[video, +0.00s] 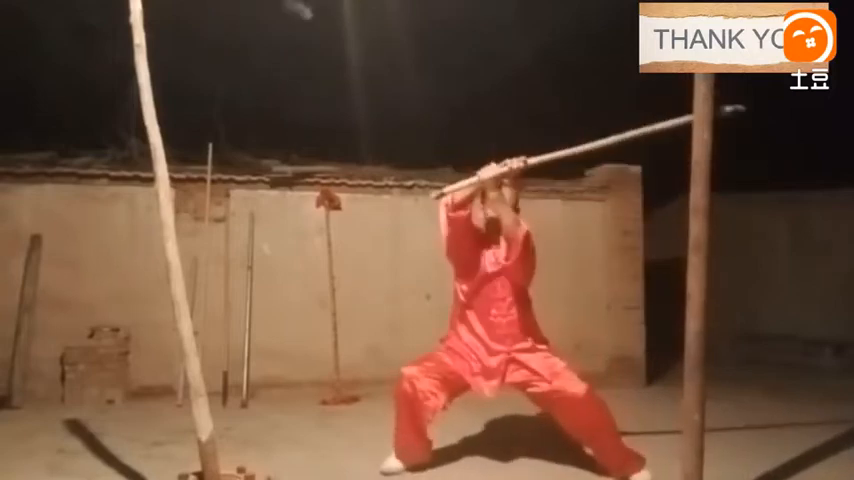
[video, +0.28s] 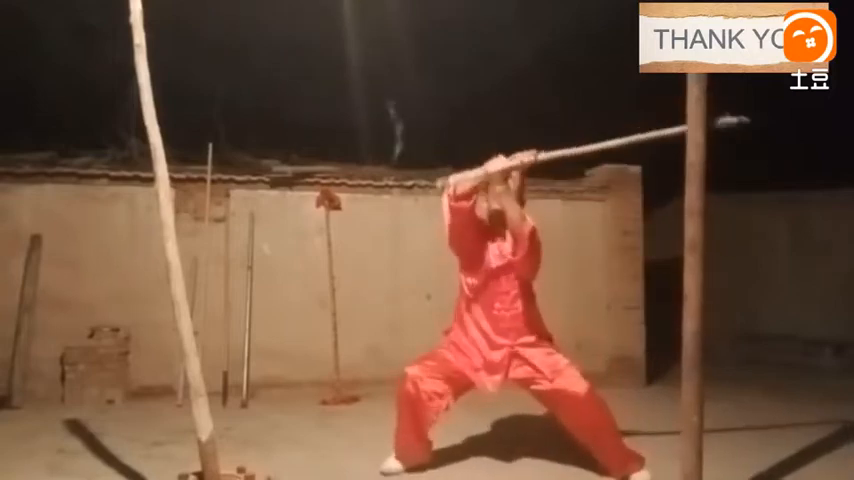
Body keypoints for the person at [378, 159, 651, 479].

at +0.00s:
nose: (492, 206)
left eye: (499, 197)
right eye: (486, 198)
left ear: (512, 202)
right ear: (475, 204)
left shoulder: (518, 241)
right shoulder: (464, 245)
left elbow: (523, 276)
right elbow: (451, 205)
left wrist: (505, 205)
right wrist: (484, 178)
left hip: (522, 351)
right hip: (466, 348)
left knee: (577, 395)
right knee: (412, 383)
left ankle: (626, 466)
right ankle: (411, 455)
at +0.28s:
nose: (495, 201)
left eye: (503, 193)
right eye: (489, 194)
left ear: (516, 197)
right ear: (477, 200)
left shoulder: (523, 237)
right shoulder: (468, 240)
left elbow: (520, 224)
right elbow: (453, 195)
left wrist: (503, 184)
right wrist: (487, 171)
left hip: (524, 347)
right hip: (469, 345)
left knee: (579, 394)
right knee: (415, 382)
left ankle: (627, 466)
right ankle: (410, 456)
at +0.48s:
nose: (513, 164)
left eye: (519, 157)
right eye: (506, 157)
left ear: (527, 168)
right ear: (491, 167)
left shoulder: (540, 218)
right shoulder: (483, 217)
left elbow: (534, 249)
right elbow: (469, 208)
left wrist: (489, 182)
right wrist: (472, 171)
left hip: (547, 330)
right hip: (494, 330)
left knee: (591, 391)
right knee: (447, 388)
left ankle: (626, 467)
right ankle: (413, 453)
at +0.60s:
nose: (515, 179)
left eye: (521, 172)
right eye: (507, 173)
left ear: (532, 175)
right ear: (494, 175)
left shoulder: (549, 211)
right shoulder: (489, 212)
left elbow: (549, 261)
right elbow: (465, 196)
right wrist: (481, 160)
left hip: (561, 316)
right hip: (512, 320)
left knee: (596, 387)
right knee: (474, 379)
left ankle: (627, 465)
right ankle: (430, 444)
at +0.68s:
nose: (509, 176)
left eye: (517, 168)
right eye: (505, 170)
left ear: (534, 169)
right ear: (499, 175)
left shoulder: (550, 203)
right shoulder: (500, 206)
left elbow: (536, 250)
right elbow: (463, 224)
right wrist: (484, 182)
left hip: (573, 299)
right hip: (533, 301)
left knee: (596, 376)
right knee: (496, 365)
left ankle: (629, 463)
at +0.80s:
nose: (502, 177)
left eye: (509, 169)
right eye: (497, 171)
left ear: (528, 168)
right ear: (491, 175)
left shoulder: (547, 202)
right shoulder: (498, 205)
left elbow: (541, 243)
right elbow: (481, 228)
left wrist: (501, 249)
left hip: (575, 293)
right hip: (536, 295)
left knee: (596, 373)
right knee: (511, 367)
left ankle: (629, 461)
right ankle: (547, 444)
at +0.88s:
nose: (490, 178)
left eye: (496, 170)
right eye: (486, 172)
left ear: (517, 167)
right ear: (484, 174)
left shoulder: (539, 198)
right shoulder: (495, 210)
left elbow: (518, 250)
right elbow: (474, 249)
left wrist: (472, 282)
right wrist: (453, 281)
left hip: (576, 301)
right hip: (539, 303)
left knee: (586, 370)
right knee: (525, 370)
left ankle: (629, 453)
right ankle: (549, 450)